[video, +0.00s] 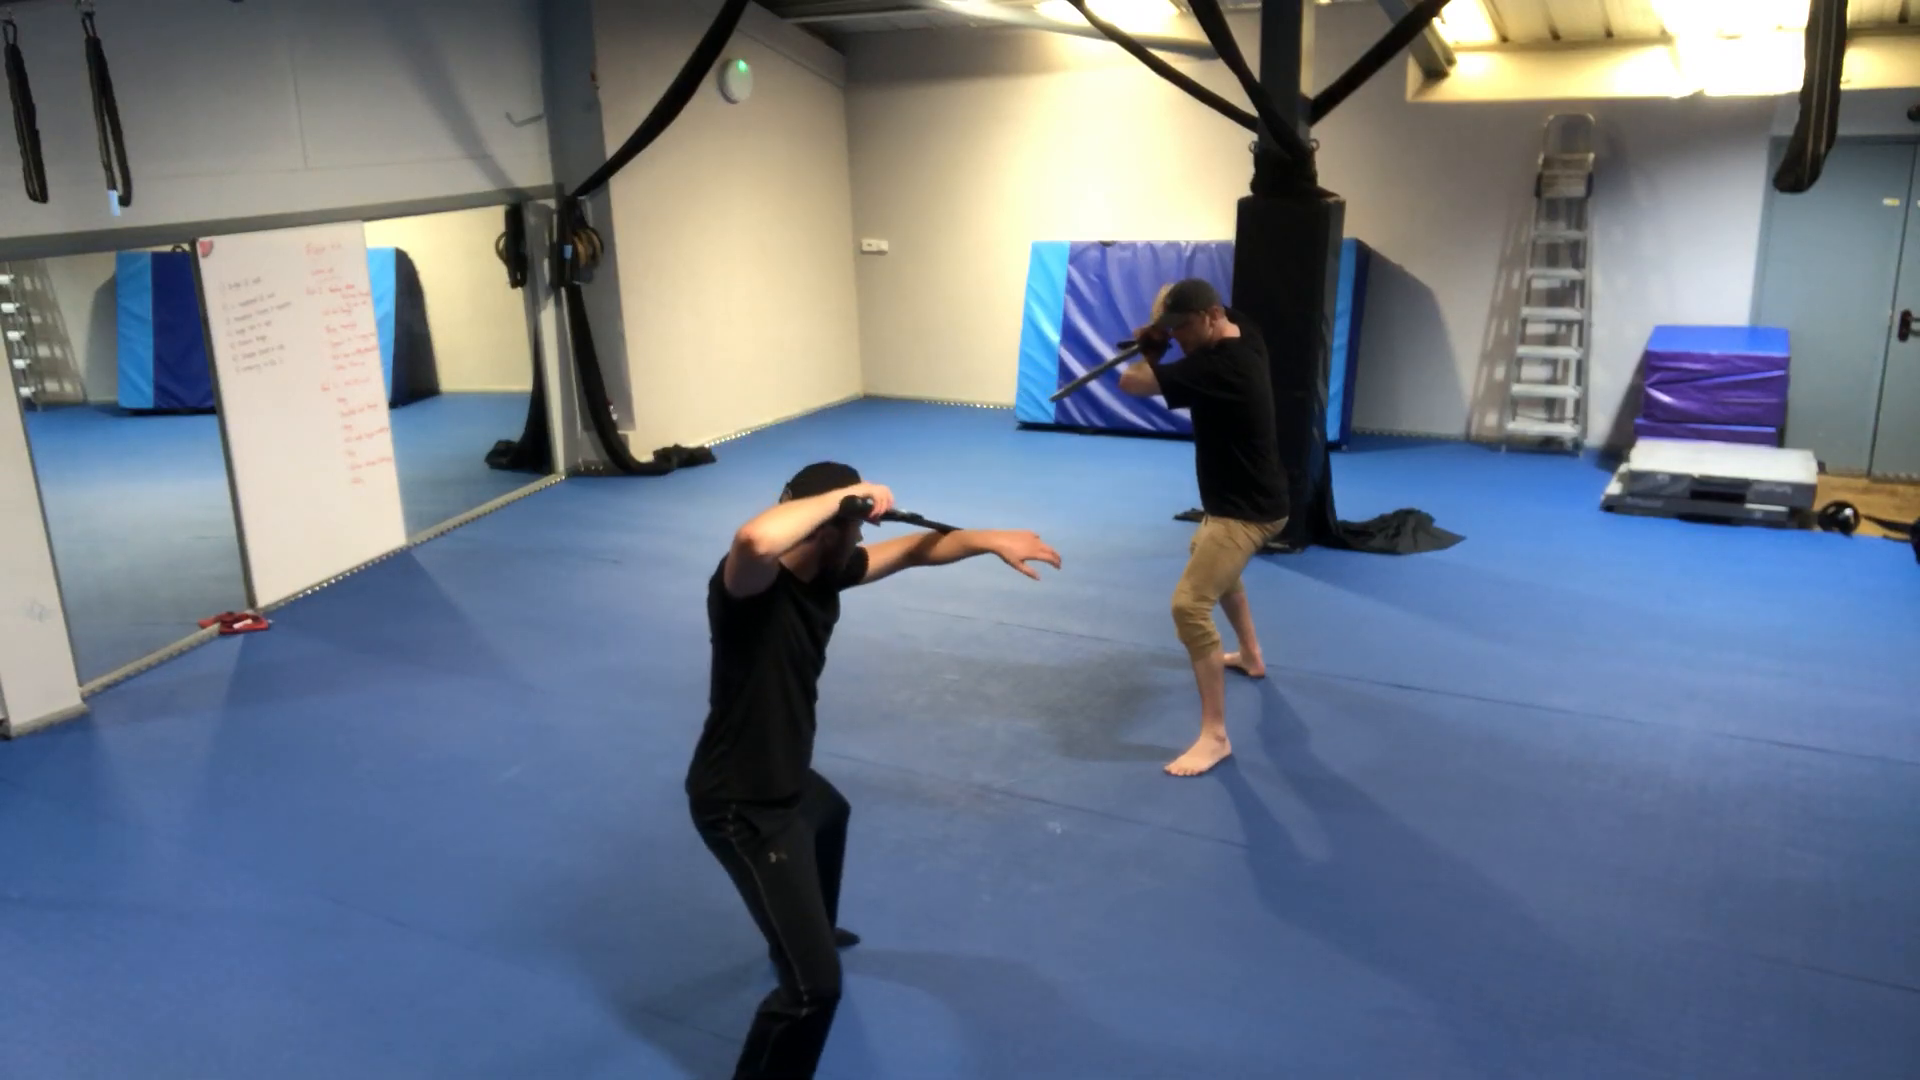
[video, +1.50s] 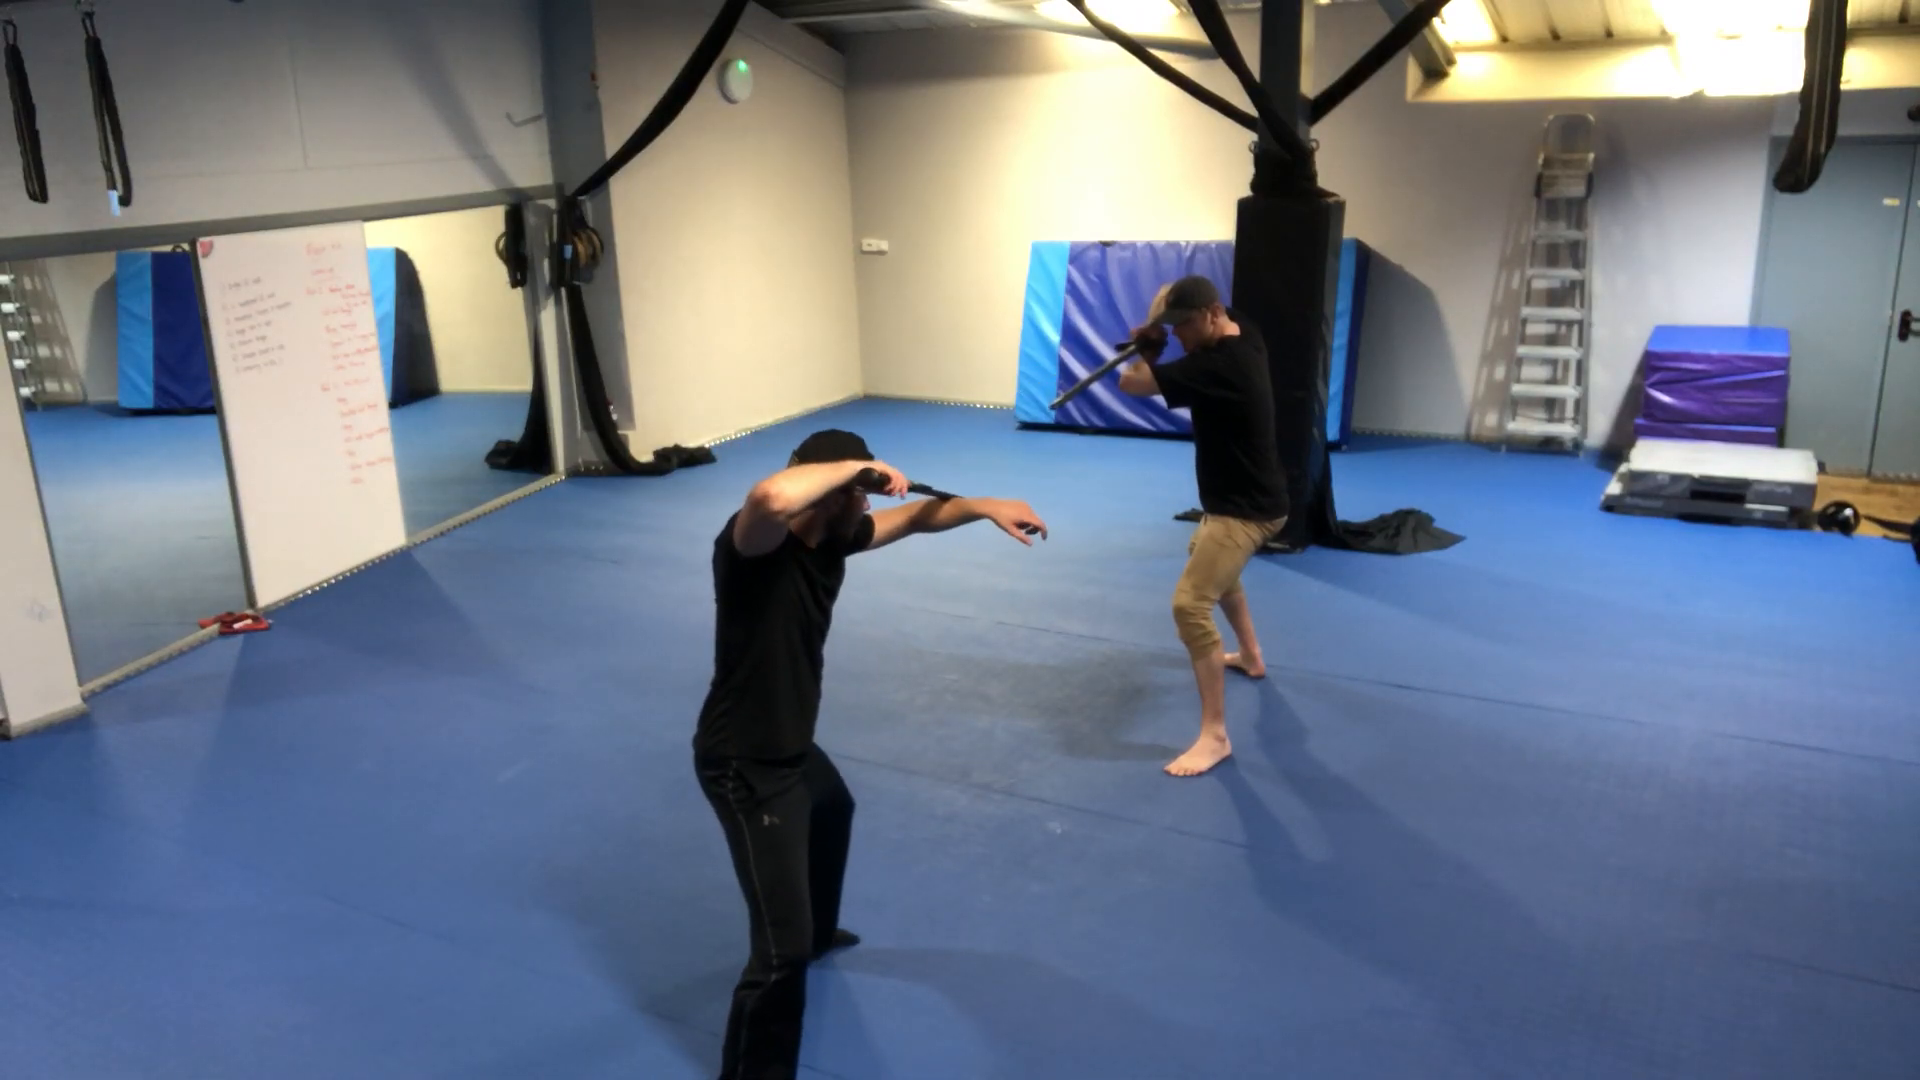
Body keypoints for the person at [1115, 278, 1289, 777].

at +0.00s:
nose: (1179, 342)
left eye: (1183, 333)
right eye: (1176, 333)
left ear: (1211, 319)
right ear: (1213, 318)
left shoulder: (1216, 365)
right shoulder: (1242, 340)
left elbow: (1133, 382)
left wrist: (1153, 352)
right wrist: (1158, 326)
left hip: (1245, 512)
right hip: (1236, 501)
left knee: (1191, 608)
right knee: (1207, 555)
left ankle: (1214, 734)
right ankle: (1250, 653)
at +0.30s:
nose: (1178, 341)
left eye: (1183, 332)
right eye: (1175, 332)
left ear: (1211, 319)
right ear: (1213, 319)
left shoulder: (1217, 365)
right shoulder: (1240, 341)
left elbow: (1133, 381)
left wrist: (1153, 352)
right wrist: (1157, 329)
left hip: (1245, 512)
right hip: (1235, 501)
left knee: (1191, 607)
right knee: (1206, 553)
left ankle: (1214, 734)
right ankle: (1250, 653)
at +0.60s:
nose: (1178, 341)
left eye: (1183, 333)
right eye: (1175, 333)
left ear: (1210, 319)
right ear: (1213, 318)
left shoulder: (1216, 365)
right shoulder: (1240, 341)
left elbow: (1133, 381)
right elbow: (1174, 295)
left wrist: (1151, 353)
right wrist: (1155, 326)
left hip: (1245, 512)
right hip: (1234, 502)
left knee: (1190, 607)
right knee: (1206, 555)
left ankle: (1214, 734)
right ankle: (1250, 653)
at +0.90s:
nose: (1178, 340)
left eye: (1181, 332)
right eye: (1175, 332)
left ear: (1208, 319)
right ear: (1211, 317)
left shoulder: (1215, 365)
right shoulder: (1239, 340)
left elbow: (1131, 381)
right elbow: (1175, 296)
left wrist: (1149, 350)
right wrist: (1153, 326)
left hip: (1244, 512)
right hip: (1234, 501)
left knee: (1190, 607)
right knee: (1207, 556)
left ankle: (1214, 734)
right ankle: (1250, 653)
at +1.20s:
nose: (1178, 340)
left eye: (1182, 332)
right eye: (1175, 332)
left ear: (1208, 319)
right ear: (1212, 316)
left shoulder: (1215, 364)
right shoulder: (1242, 340)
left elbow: (1131, 381)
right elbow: (1176, 295)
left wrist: (1150, 349)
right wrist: (1154, 325)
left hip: (1245, 512)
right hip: (1235, 501)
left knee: (1191, 607)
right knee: (1207, 556)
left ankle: (1214, 734)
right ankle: (1249, 653)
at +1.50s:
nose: (1179, 337)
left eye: (1183, 329)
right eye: (1175, 329)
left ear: (1211, 317)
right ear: (1213, 317)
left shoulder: (1218, 364)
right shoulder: (1240, 340)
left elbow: (1133, 381)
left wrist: (1150, 347)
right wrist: (1155, 326)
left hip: (1244, 511)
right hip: (1236, 501)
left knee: (1192, 608)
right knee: (1208, 558)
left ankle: (1214, 734)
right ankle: (1250, 653)